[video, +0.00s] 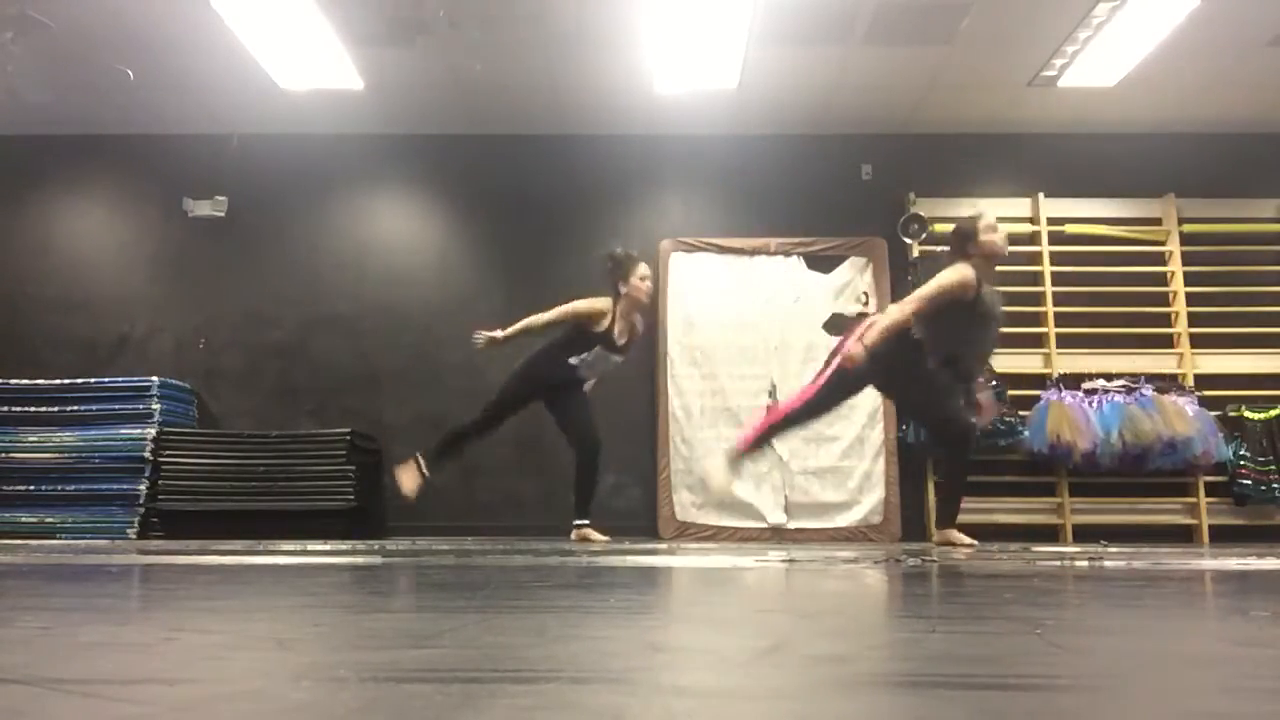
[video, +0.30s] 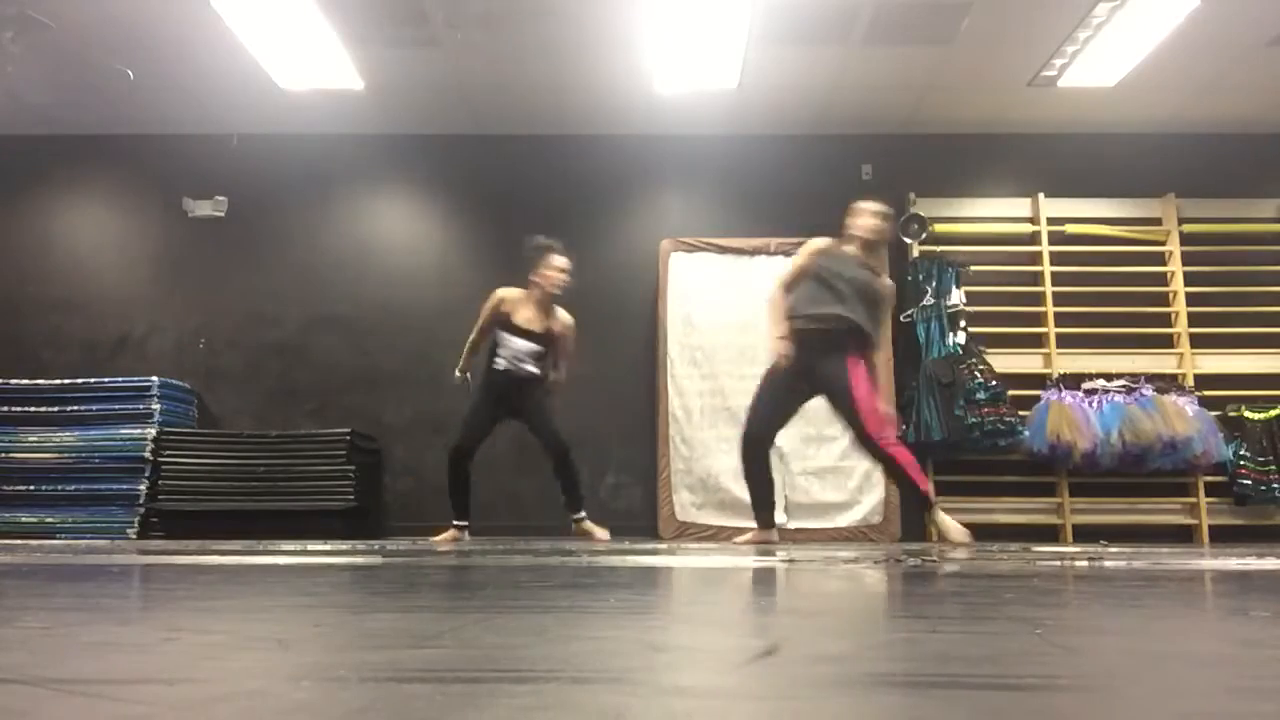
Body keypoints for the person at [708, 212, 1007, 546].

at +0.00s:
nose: (1003, 236)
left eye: (999, 230)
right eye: (994, 231)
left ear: (987, 245)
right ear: (973, 244)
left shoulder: (984, 289)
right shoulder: (962, 277)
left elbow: (970, 349)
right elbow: (907, 308)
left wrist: (978, 389)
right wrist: (865, 342)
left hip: (914, 366)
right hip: (882, 349)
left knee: (957, 431)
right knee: (819, 400)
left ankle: (946, 527)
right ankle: (742, 448)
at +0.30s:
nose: (871, 222)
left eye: (879, 217)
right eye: (863, 215)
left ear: (888, 230)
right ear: (848, 221)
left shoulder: (882, 284)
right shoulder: (820, 249)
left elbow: (883, 348)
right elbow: (779, 289)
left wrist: (886, 404)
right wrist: (780, 336)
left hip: (846, 358)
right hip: (799, 353)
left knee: (876, 437)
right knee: (755, 435)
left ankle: (934, 513)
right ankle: (765, 528)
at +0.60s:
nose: (725, 231)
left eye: (732, 225)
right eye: (729, 224)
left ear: (748, 231)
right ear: (760, 236)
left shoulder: (735, 256)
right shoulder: (773, 268)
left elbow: (739, 301)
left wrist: (738, 355)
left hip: (785, 353)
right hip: (818, 363)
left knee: (718, 423)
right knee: (747, 438)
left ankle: (713, 513)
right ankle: (767, 525)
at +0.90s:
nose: (704, 223)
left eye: (711, 216)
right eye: (706, 216)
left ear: (731, 218)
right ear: (739, 220)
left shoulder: (730, 246)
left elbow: (702, 292)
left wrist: (668, 324)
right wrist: (680, 363)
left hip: (787, 343)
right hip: (807, 346)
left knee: (731, 422)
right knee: (753, 431)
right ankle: (771, 522)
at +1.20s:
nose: (772, 202)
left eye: (779, 198)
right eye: (764, 195)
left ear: (787, 207)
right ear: (748, 203)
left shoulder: (791, 240)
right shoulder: (727, 250)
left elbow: (852, 224)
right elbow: (681, 257)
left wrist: (910, 207)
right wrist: (656, 251)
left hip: (811, 325)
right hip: (780, 346)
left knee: (837, 411)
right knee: (753, 432)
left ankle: (901, 498)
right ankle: (770, 527)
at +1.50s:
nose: (831, 221)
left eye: (830, 214)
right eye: (824, 213)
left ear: (812, 221)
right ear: (800, 217)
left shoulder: (824, 264)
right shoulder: (770, 252)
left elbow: (865, 270)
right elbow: (714, 241)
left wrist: (880, 254)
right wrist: (656, 225)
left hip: (843, 356)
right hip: (796, 361)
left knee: (870, 429)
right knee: (760, 442)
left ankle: (914, 514)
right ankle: (762, 528)